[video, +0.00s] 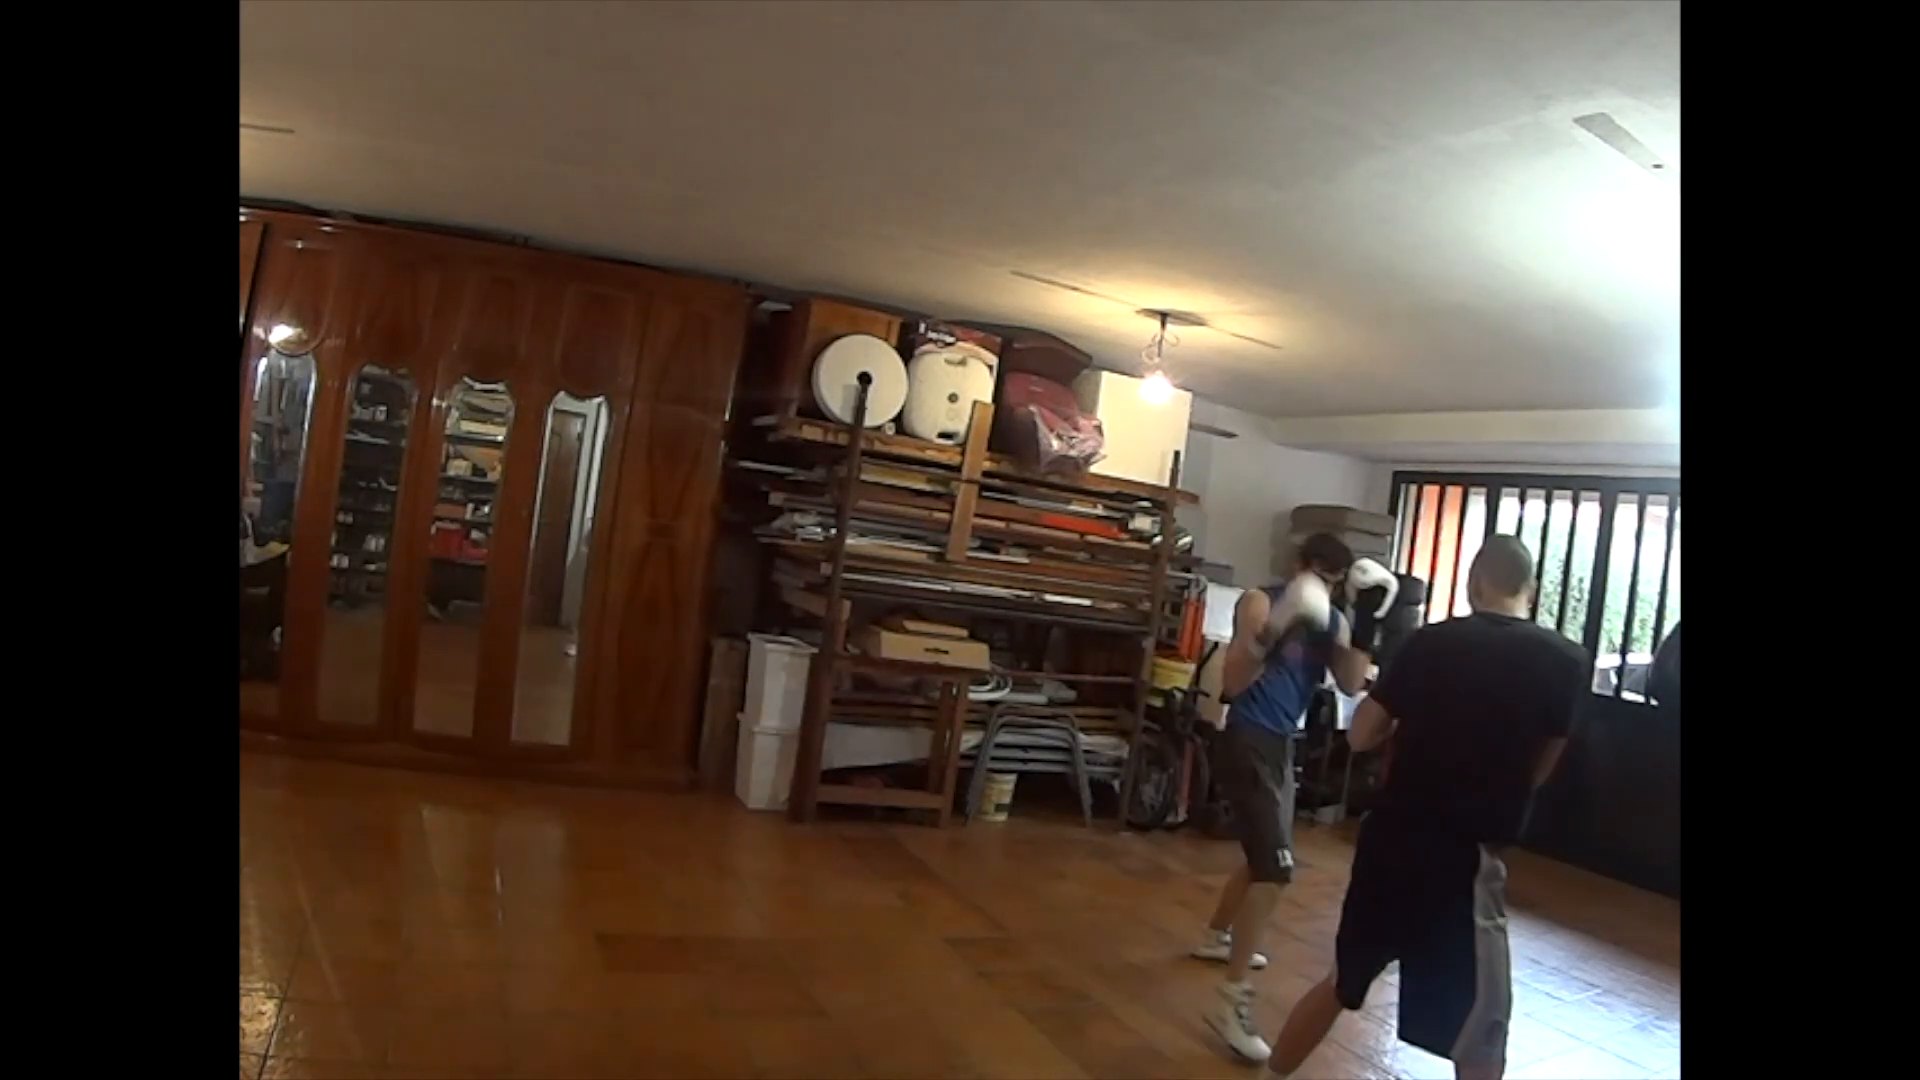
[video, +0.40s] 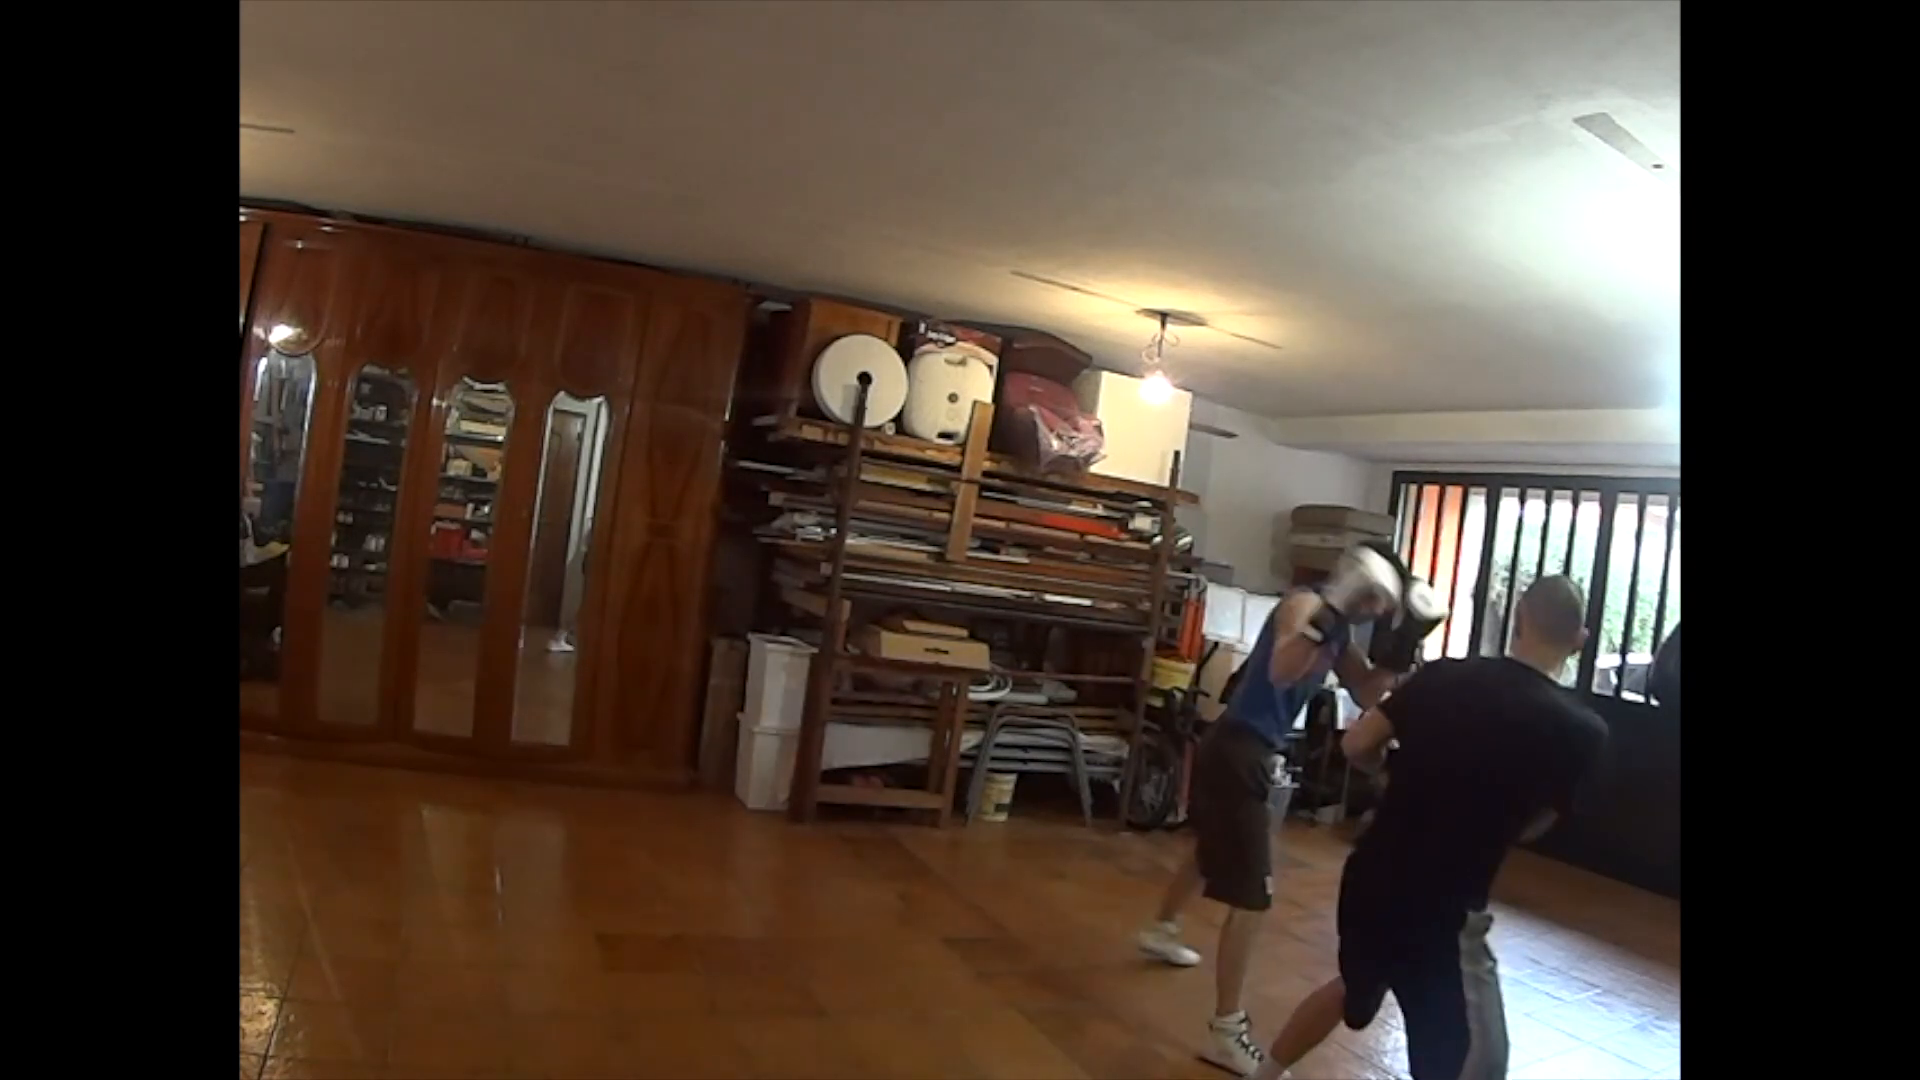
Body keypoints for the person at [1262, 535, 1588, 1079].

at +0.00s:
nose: (1471, 588)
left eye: (1470, 579)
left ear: (1472, 583)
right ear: (1531, 590)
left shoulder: (1429, 642)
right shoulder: (1565, 661)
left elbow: (1361, 735)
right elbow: (1540, 770)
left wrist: (1408, 720)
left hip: (1394, 836)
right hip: (1473, 860)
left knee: (1342, 982)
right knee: (1481, 1035)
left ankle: (1273, 1071)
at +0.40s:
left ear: (1518, 619)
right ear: (1580, 641)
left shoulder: (1441, 676)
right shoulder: (1580, 730)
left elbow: (1356, 744)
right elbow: (1530, 827)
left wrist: (1398, 779)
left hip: (1371, 874)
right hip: (1450, 913)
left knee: (1351, 987)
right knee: (1474, 1064)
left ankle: (1264, 1071)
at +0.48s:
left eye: (1511, 609)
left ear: (1509, 615)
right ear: (1569, 638)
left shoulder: (1440, 669)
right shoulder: (1571, 722)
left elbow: (1367, 689)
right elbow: (1534, 828)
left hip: (1362, 866)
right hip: (1437, 902)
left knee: (1347, 987)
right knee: (1459, 1066)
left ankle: (1265, 1070)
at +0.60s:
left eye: (1478, 608)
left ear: (1474, 612)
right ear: (1528, 630)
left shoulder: (1418, 653)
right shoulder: (1526, 688)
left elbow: (1366, 633)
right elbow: (1498, 810)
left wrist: (1357, 588)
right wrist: (1440, 774)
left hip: (1333, 843)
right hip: (1394, 864)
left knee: (1335, 986)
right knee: (1409, 1055)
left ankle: (1264, 1071)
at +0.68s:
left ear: (1460, 617)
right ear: (1518, 631)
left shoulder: (1413, 652)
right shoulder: (1514, 685)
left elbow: (1312, 664)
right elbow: (1487, 810)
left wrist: (1299, 595)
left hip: (1319, 839)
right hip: (1377, 858)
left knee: (1331, 986)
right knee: (1380, 1042)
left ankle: (1264, 1070)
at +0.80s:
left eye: (1437, 605)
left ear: (1436, 608)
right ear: (1494, 616)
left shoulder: (1386, 648)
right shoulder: (1495, 677)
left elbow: (1300, 714)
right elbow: (1469, 799)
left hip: (1298, 831)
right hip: (1354, 856)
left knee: (1306, 985)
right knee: (1326, 1037)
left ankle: (1262, 1068)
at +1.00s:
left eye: (1398, 573)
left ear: (1399, 579)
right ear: (1461, 595)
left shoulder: (1344, 641)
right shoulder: (1463, 669)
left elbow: (1264, 720)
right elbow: (1446, 791)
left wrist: (1316, 748)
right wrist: (1394, 759)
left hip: (1277, 835)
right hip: (1341, 863)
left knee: (1276, 1006)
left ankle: (1271, 1056)